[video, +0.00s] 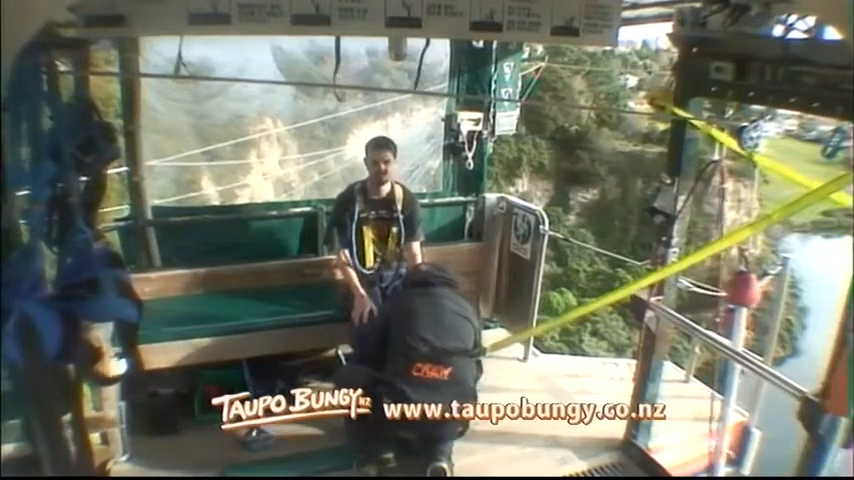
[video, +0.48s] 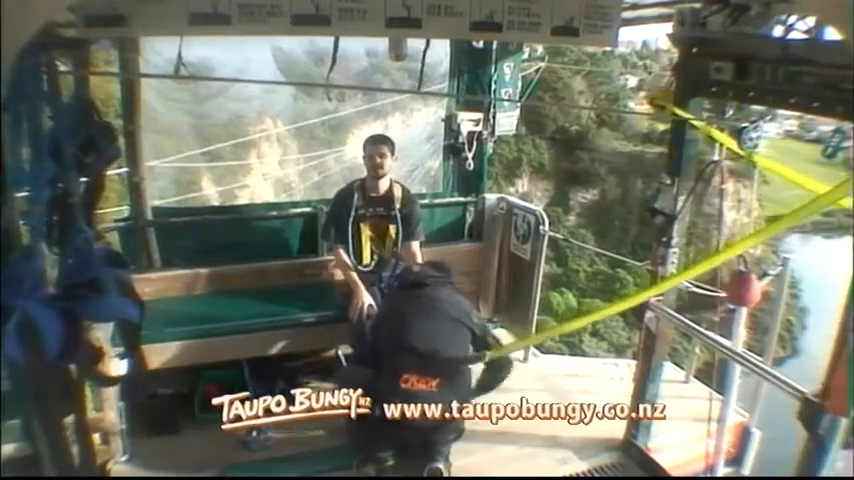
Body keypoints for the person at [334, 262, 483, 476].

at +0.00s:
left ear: (408, 283)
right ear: (448, 282)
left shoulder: (397, 303)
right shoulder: (467, 308)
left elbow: (368, 353)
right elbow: (476, 368)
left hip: (400, 411)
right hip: (455, 411)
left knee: (347, 376)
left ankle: (378, 451)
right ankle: (442, 456)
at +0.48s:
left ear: (414, 279)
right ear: (448, 282)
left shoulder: (393, 301)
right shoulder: (462, 306)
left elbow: (370, 355)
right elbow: (502, 361)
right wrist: (471, 395)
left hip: (393, 405)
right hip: (446, 406)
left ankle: (380, 452)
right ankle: (439, 459)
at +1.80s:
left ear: (396, 284)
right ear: (436, 284)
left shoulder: (389, 306)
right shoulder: (458, 314)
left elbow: (364, 362)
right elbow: (469, 373)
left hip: (400, 418)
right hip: (454, 420)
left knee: (342, 380)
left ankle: (376, 454)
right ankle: (441, 456)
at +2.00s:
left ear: (396, 286)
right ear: (435, 288)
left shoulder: (387, 308)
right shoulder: (457, 320)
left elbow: (366, 364)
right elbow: (469, 382)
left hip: (399, 415)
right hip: (453, 418)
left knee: (341, 381)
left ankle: (376, 452)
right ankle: (440, 456)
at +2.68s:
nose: (385, 287)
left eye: (389, 282)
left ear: (395, 283)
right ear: (433, 283)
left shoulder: (387, 308)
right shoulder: (454, 314)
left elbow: (366, 361)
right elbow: (474, 365)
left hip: (402, 411)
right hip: (457, 413)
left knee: (341, 382)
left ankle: (378, 452)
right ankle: (441, 457)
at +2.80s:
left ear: (394, 285)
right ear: (432, 285)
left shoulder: (387, 310)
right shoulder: (452, 315)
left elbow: (366, 363)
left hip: (404, 411)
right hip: (457, 414)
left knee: (341, 381)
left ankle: (377, 452)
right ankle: (441, 457)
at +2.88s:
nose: (383, 289)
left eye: (387, 284)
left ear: (395, 283)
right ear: (433, 283)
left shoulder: (388, 309)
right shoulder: (454, 314)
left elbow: (366, 362)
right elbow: (469, 362)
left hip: (403, 412)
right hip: (457, 415)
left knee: (340, 382)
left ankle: (377, 451)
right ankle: (441, 457)